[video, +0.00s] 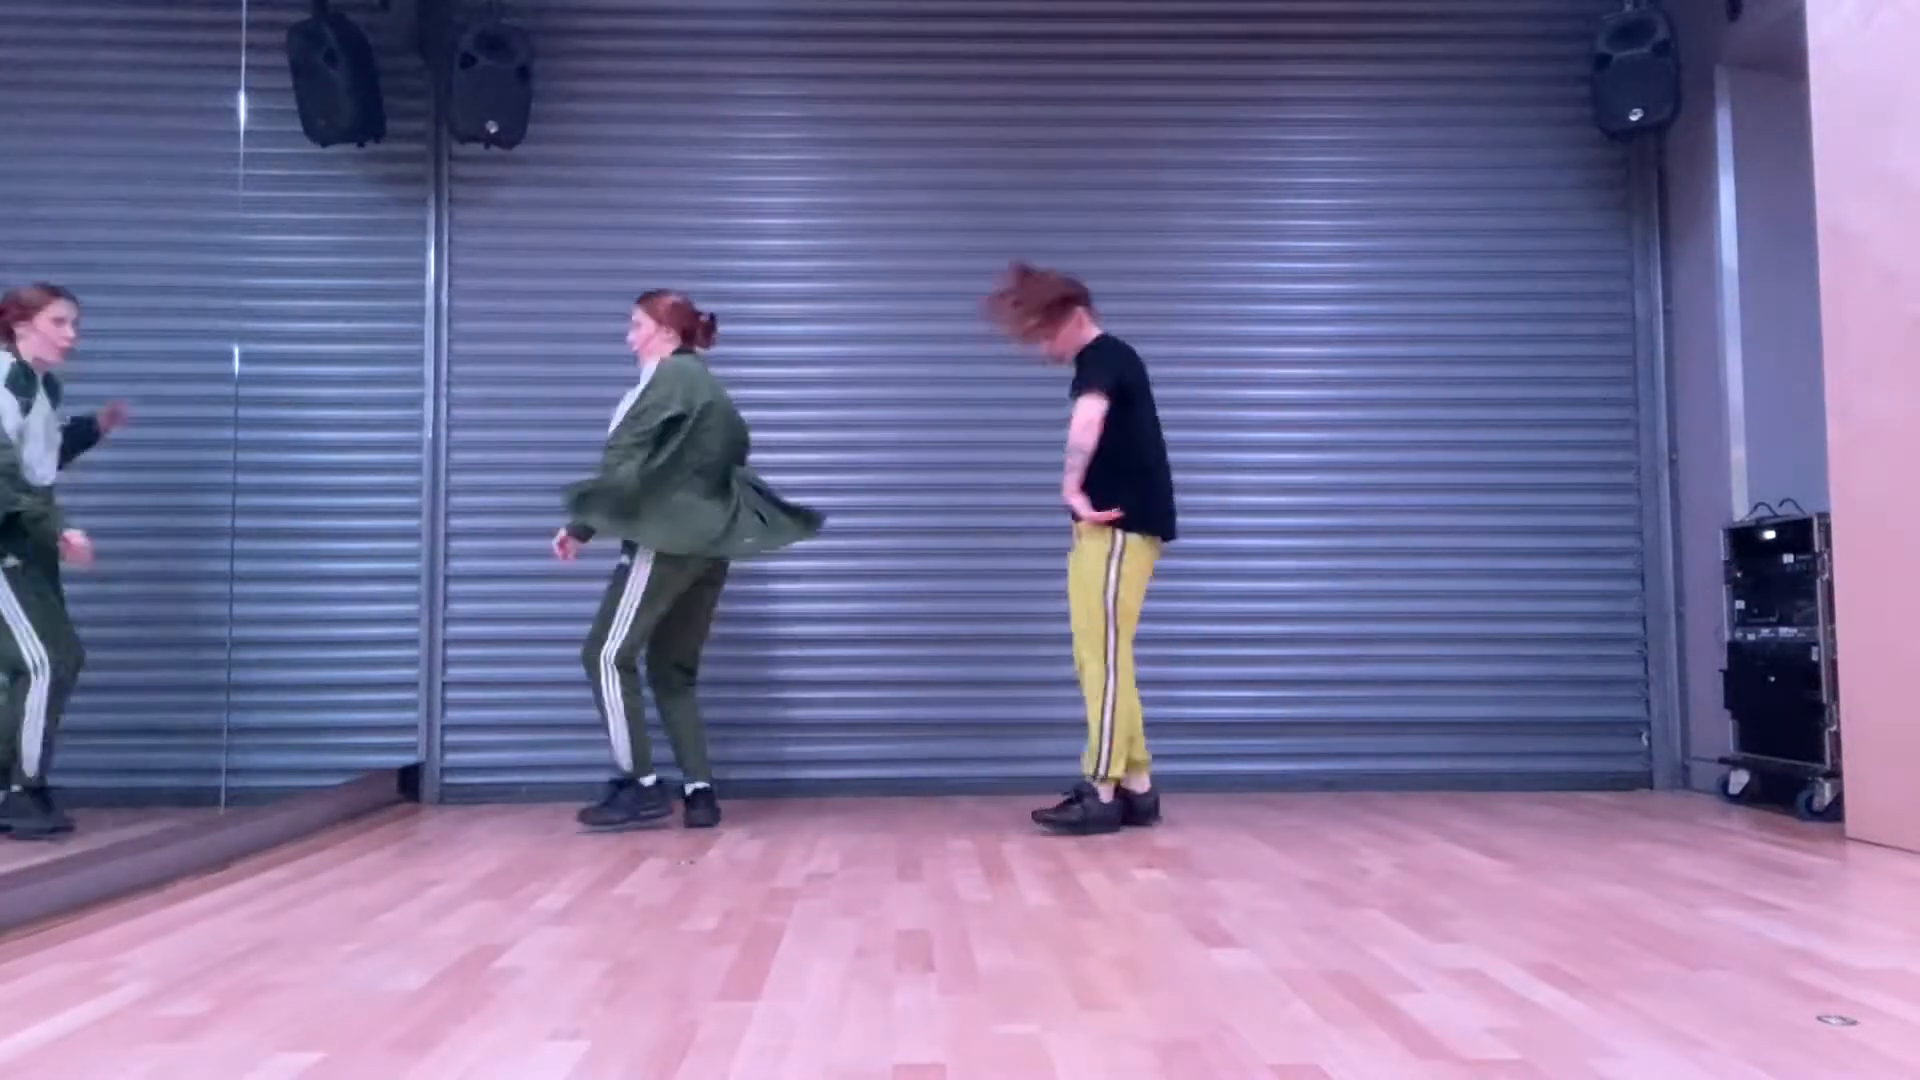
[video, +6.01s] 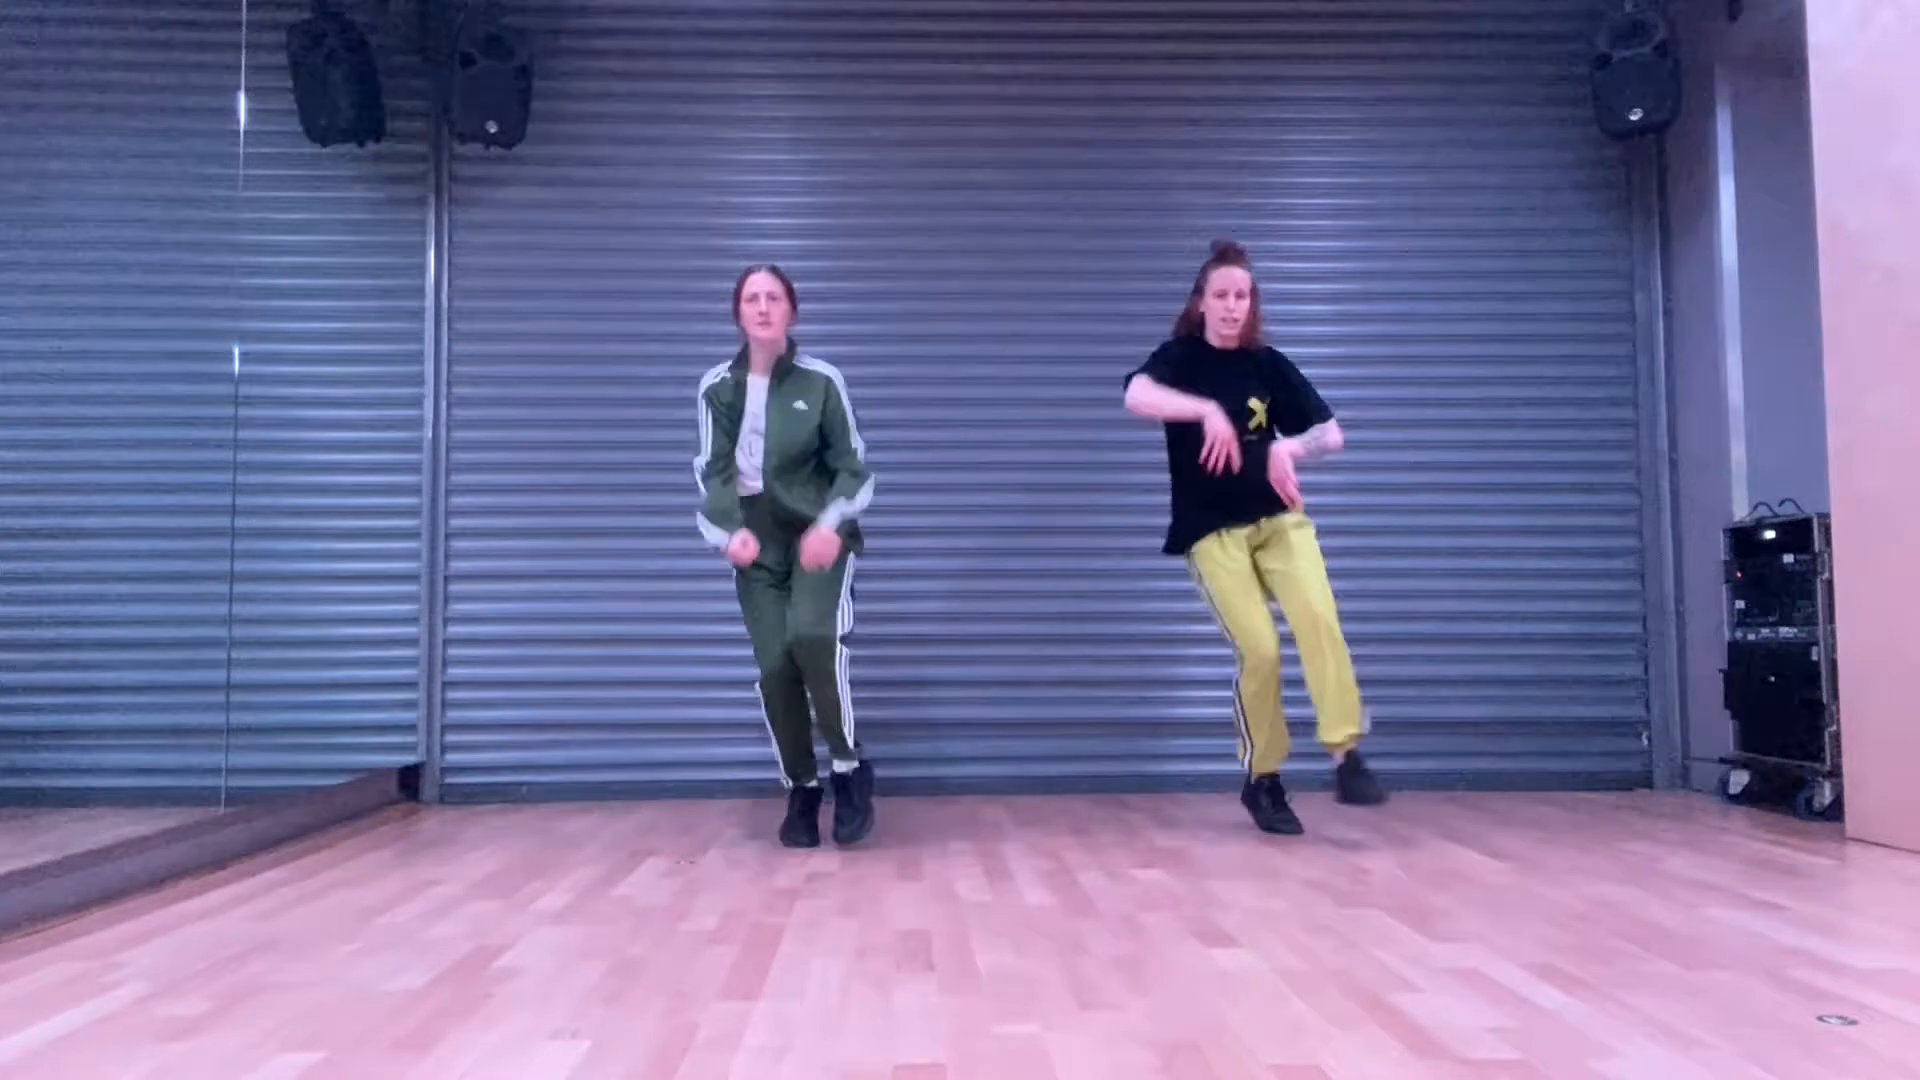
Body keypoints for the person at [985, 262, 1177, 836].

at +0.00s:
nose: (1044, 348)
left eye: (1044, 335)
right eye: (1038, 339)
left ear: (1071, 315)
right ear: (1073, 316)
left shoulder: (1102, 359)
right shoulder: (1105, 360)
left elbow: (1087, 425)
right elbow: (1108, 439)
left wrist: (1072, 490)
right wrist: (1088, 502)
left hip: (1115, 531)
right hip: (1119, 528)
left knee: (1100, 656)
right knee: (1107, 655)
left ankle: (1102, 792)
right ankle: (1135, 787)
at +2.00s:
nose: (1148, 299)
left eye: (1159, 289)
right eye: (1137, 290)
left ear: (1176, 300)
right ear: (1121, 302)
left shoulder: (1203, 379)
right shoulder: (1094, 380)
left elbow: (1251, 459)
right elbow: (1025, 441)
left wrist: (1221, 474)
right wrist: (990, 501)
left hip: (1189, 567)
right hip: (1113, 569)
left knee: (1197, 688)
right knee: (1120, 701)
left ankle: (1168, 810)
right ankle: (1048, 789)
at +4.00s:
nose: (917, 249)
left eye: (928, 240)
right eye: (919, 239)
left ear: (966, 250)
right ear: (947, 253)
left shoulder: (1013, 295)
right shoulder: (928, 308)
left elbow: (1080, 261)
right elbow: (878, 279)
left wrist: (1055, 275)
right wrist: (848, 229)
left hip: (1046, 467)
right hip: (1007, 490)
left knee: (913, 414)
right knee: (990, 629)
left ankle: (942, 562)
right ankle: (984, 793)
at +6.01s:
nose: (1232, 305)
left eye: (1242, 295)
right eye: (1221, 293)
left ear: (1254, 304)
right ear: (1200, 300)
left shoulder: (1270, 365)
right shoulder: (1178, 358)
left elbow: (1330, 435)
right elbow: (1137, 397)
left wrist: (1285, 446)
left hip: (1280, 518)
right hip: (1211, 528)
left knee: (1319, 617)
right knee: (1260, 646)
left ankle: (1348, 759)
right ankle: (1263, 781)